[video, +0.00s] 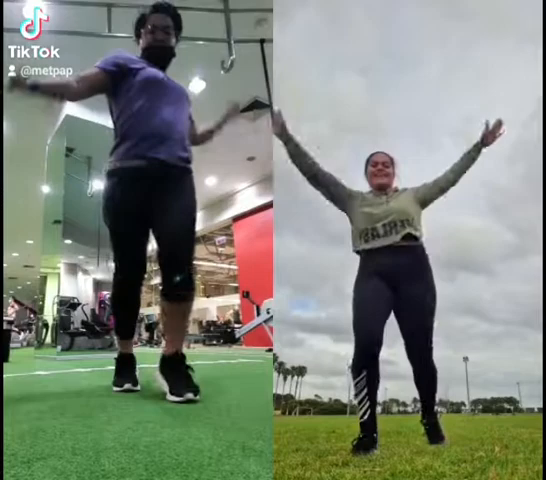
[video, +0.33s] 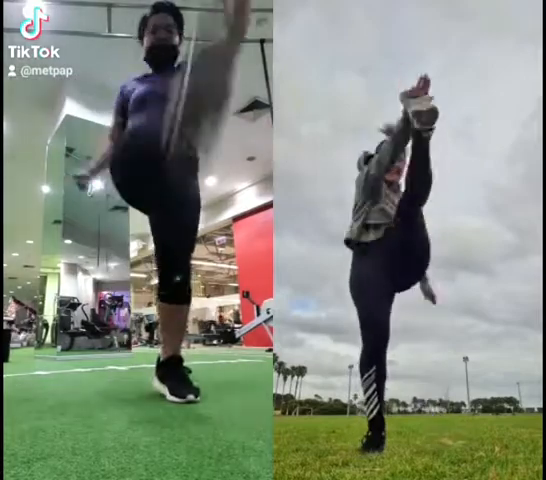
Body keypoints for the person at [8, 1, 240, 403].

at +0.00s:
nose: (161, 35)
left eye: (169, 30)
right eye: (153, 29)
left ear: (177, 40)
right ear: (140, 37)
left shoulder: (180, 93)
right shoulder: (125, 64)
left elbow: (195, 138)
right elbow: (76, 87)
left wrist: (228, 116)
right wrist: (33, 85)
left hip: (176, 179)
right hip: (129, 176)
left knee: (179, 271)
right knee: (129, 269)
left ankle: (174, 362)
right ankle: (125, 359)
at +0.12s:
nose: (163, 38)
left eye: (170, 34)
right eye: (155, 33)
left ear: (180, 44)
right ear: (143, 42)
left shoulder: (188, 99)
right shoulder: (130, 72)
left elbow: (219, 116)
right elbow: (86, 109)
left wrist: (234, 83)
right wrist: (45, 130)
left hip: (180, 182)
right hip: (133, 176)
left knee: (186, 272)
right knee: (136, 267)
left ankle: (170, 365)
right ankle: (125, 353)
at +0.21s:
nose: (165, 35)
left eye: (172, 30)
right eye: (157, 29)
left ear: (182, 40)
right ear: (144, 39)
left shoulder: (193, 88)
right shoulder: (130, 75)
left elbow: (238, 88)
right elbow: (98, 119)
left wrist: (254, 43)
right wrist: (66, 151)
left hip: (181, 173)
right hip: (136, 165)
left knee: (185, 267)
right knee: (145, 239)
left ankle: (171, 364)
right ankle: (127, 331)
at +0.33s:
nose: (161, 34)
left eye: (169, 29)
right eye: (153, 30)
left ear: (180, 39)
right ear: (142, 40)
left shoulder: (195, 81)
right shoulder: (130, 88)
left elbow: (236, 32)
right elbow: (115, 141)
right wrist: (92, 170)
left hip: (178, 182)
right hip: (135, 177)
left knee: (176, 274)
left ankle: (170, 365)